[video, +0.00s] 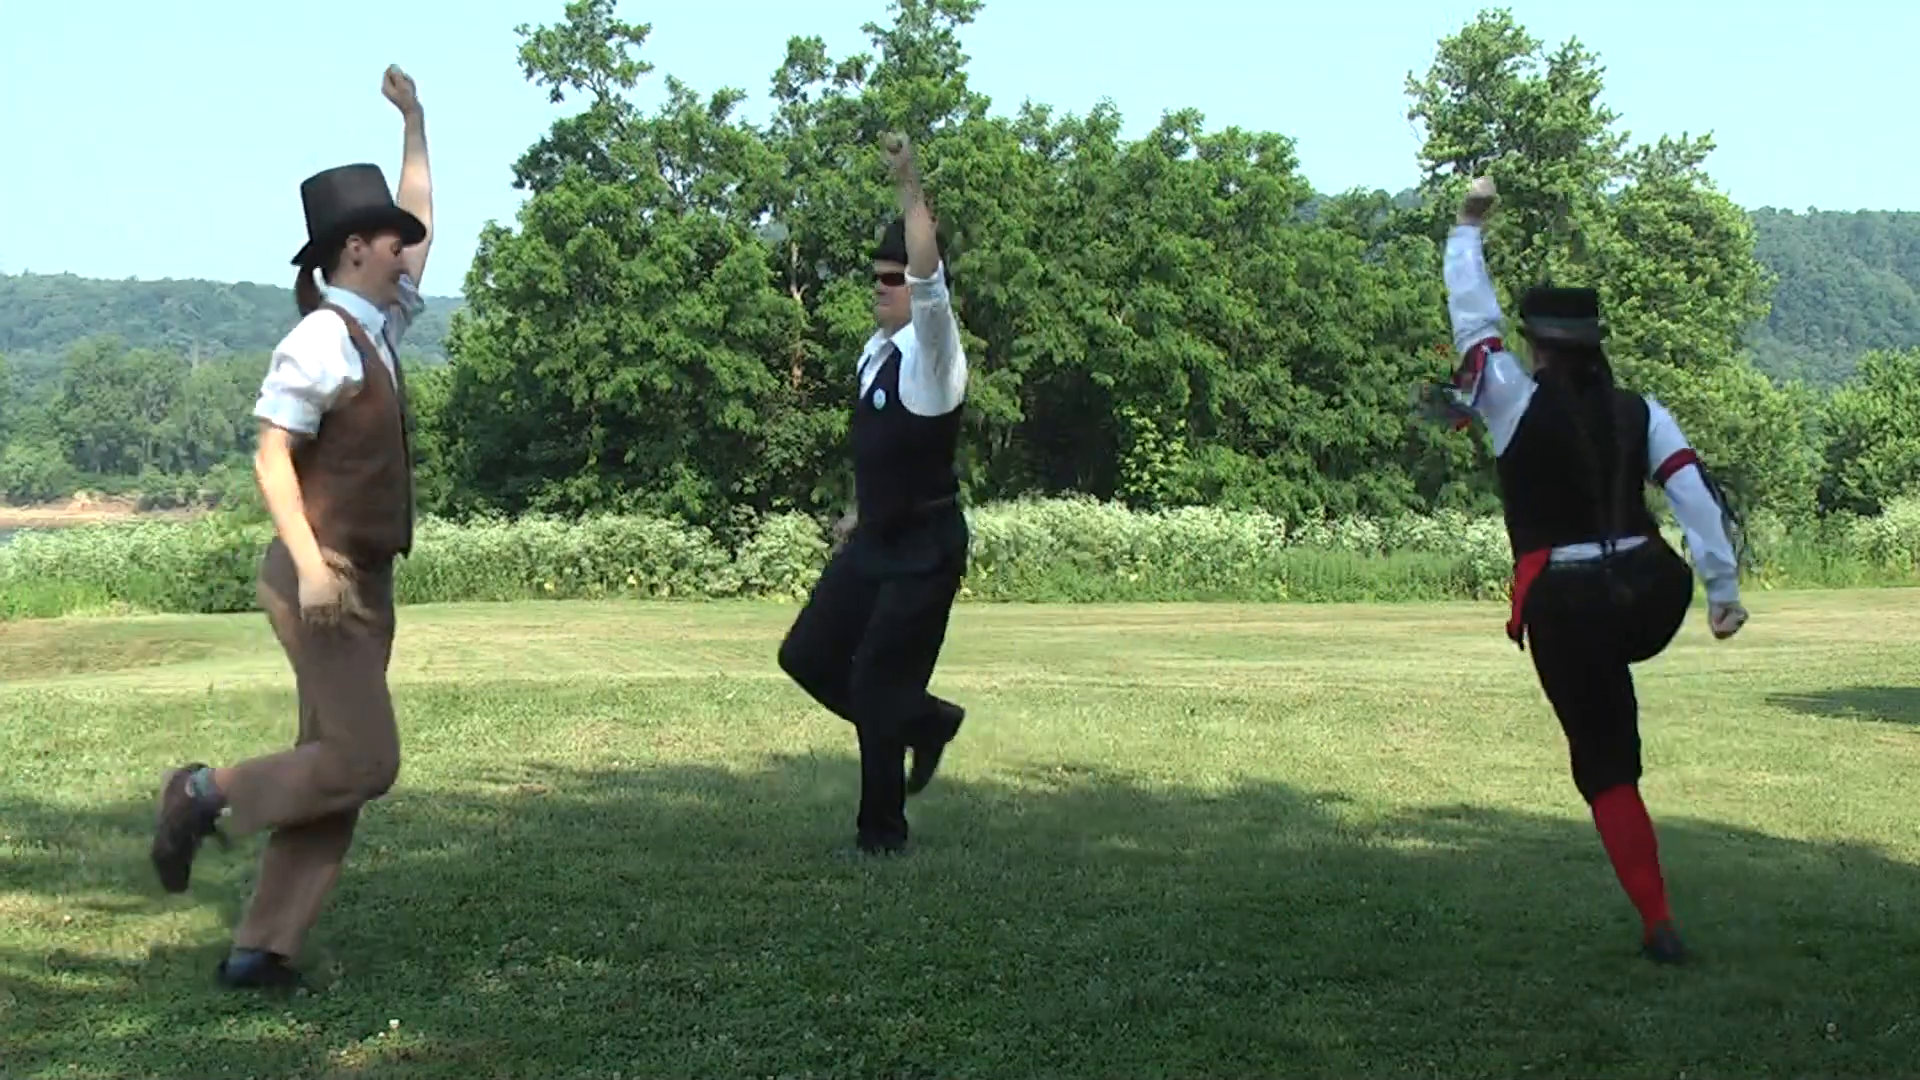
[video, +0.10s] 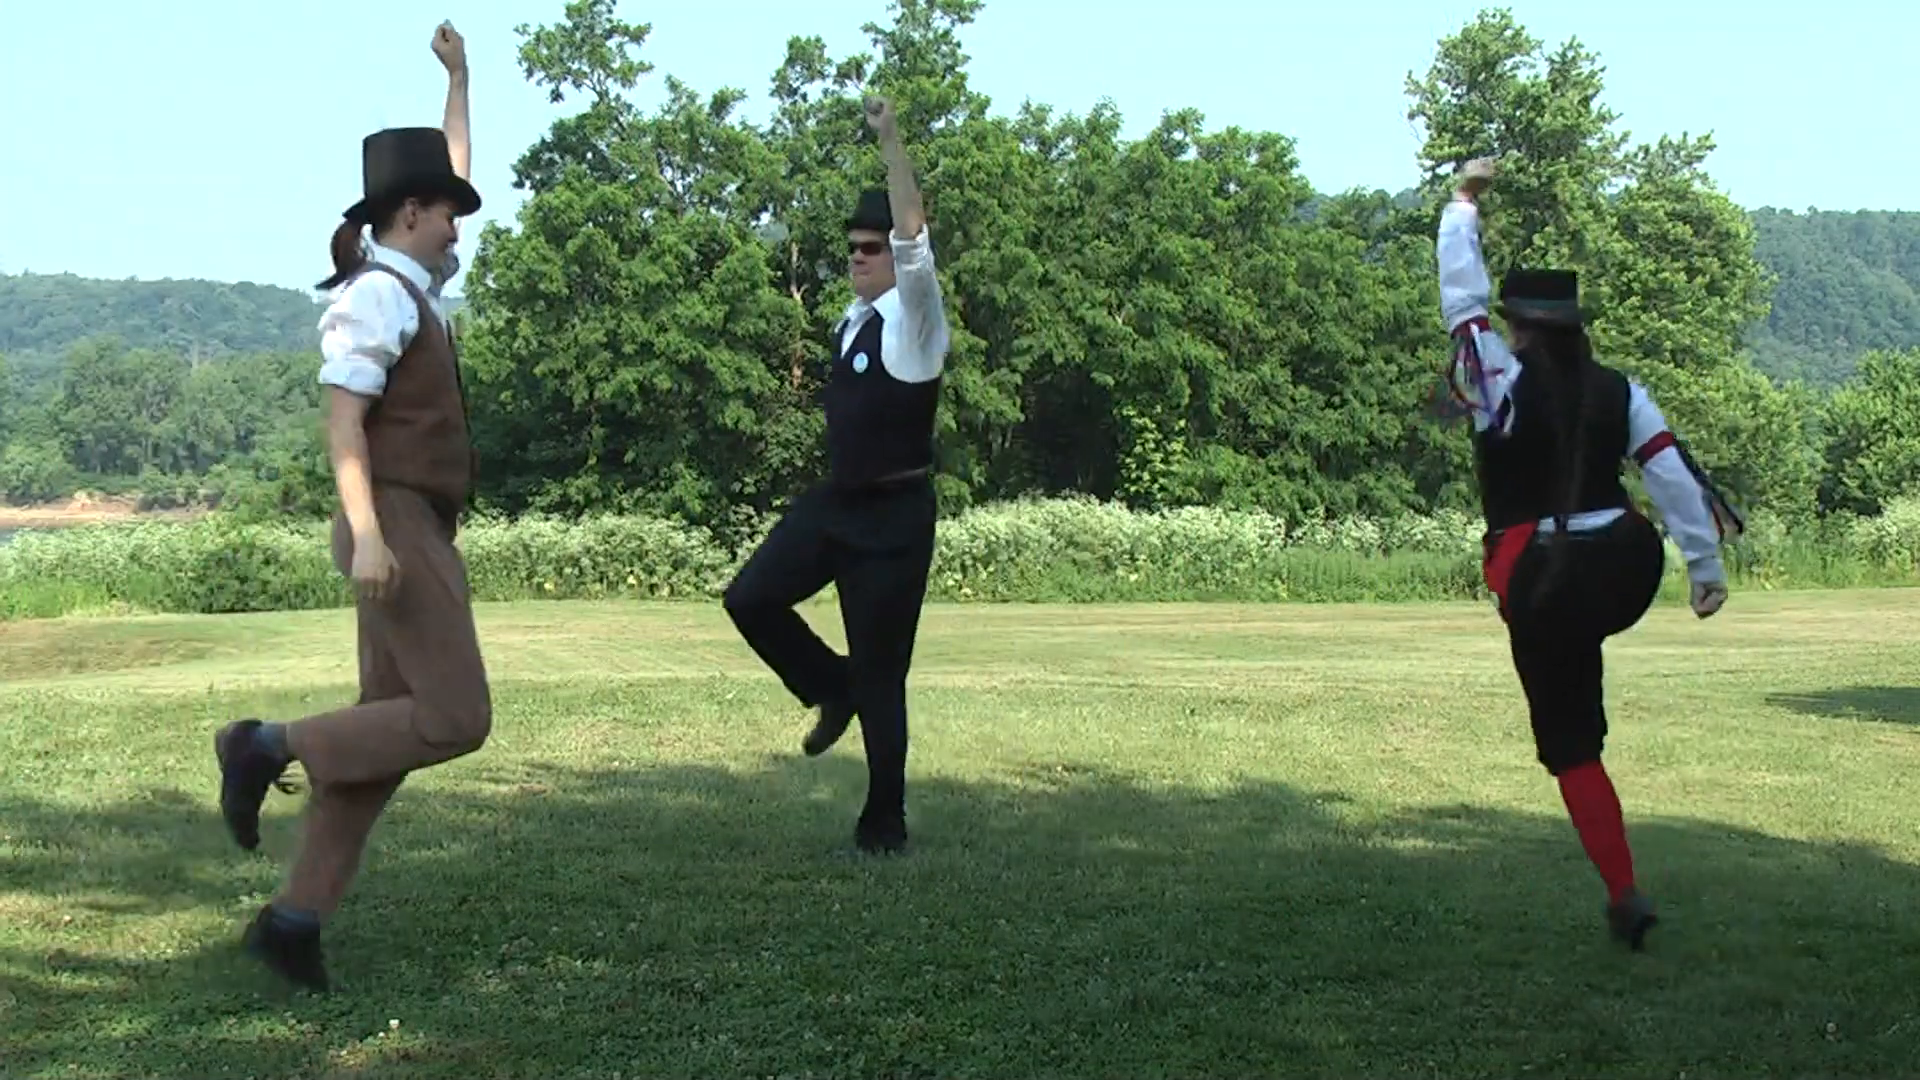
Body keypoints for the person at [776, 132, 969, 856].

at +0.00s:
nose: (880, 291)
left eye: (892, 282)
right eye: (876, 282)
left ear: (922, 289)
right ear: (876, 291)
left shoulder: (933, 356)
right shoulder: (875, 355)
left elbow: (926, 274)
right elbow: (882, 447)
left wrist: (911, 184)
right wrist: (862, 511)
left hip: (927, 544)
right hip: (873, 539)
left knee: (879, 688)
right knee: (805, 656)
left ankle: (881, 830)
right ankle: (928, 721)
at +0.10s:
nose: (860, 260)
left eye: (872, 249)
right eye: (853, 249)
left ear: (901, 255)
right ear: (847, 257)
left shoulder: (916, 321)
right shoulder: (853, 323)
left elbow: (913, 234)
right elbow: (860, 414)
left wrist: (890, 140)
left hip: (895, 514)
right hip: (833, 503)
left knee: (877, 676)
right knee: (749, 599)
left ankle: (884, 824)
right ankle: (834, 688)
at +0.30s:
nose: (820, 267)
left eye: (834, 256)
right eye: (811, 256)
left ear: (860, 263)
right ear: (798, 264)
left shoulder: (874, 324)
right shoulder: (786, 332)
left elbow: (889, 238)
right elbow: (780, 416)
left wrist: (877, 138)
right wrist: (778, 486)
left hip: (848, 521)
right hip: (783, 511)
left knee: (819, 681)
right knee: (714, 598)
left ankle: (814, 831)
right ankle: (745, 703)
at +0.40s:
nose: (799, 285)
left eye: (812, 274)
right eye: (788, 274)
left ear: (837, 280)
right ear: (775, 281)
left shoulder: (854, 346)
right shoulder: (756, 351)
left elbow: (879, 257)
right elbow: (738, 447)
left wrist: (865, 154)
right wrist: (725, 521)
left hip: (827, 541)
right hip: (759, 530)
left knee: (796, 699)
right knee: (694, 615)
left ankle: (812, 835)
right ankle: (697, 745)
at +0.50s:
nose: (775, 284)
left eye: (787, 274)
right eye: (764, 274)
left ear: (812, 280)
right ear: (749, 279)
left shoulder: (829, 344)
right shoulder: (724, 351)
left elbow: (860, 253)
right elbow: (691, 432)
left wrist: (848, 151)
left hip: (803, 539)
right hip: (725, 534)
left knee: (787, 694)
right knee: (659, 644)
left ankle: (810, 833)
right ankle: (661, 780)